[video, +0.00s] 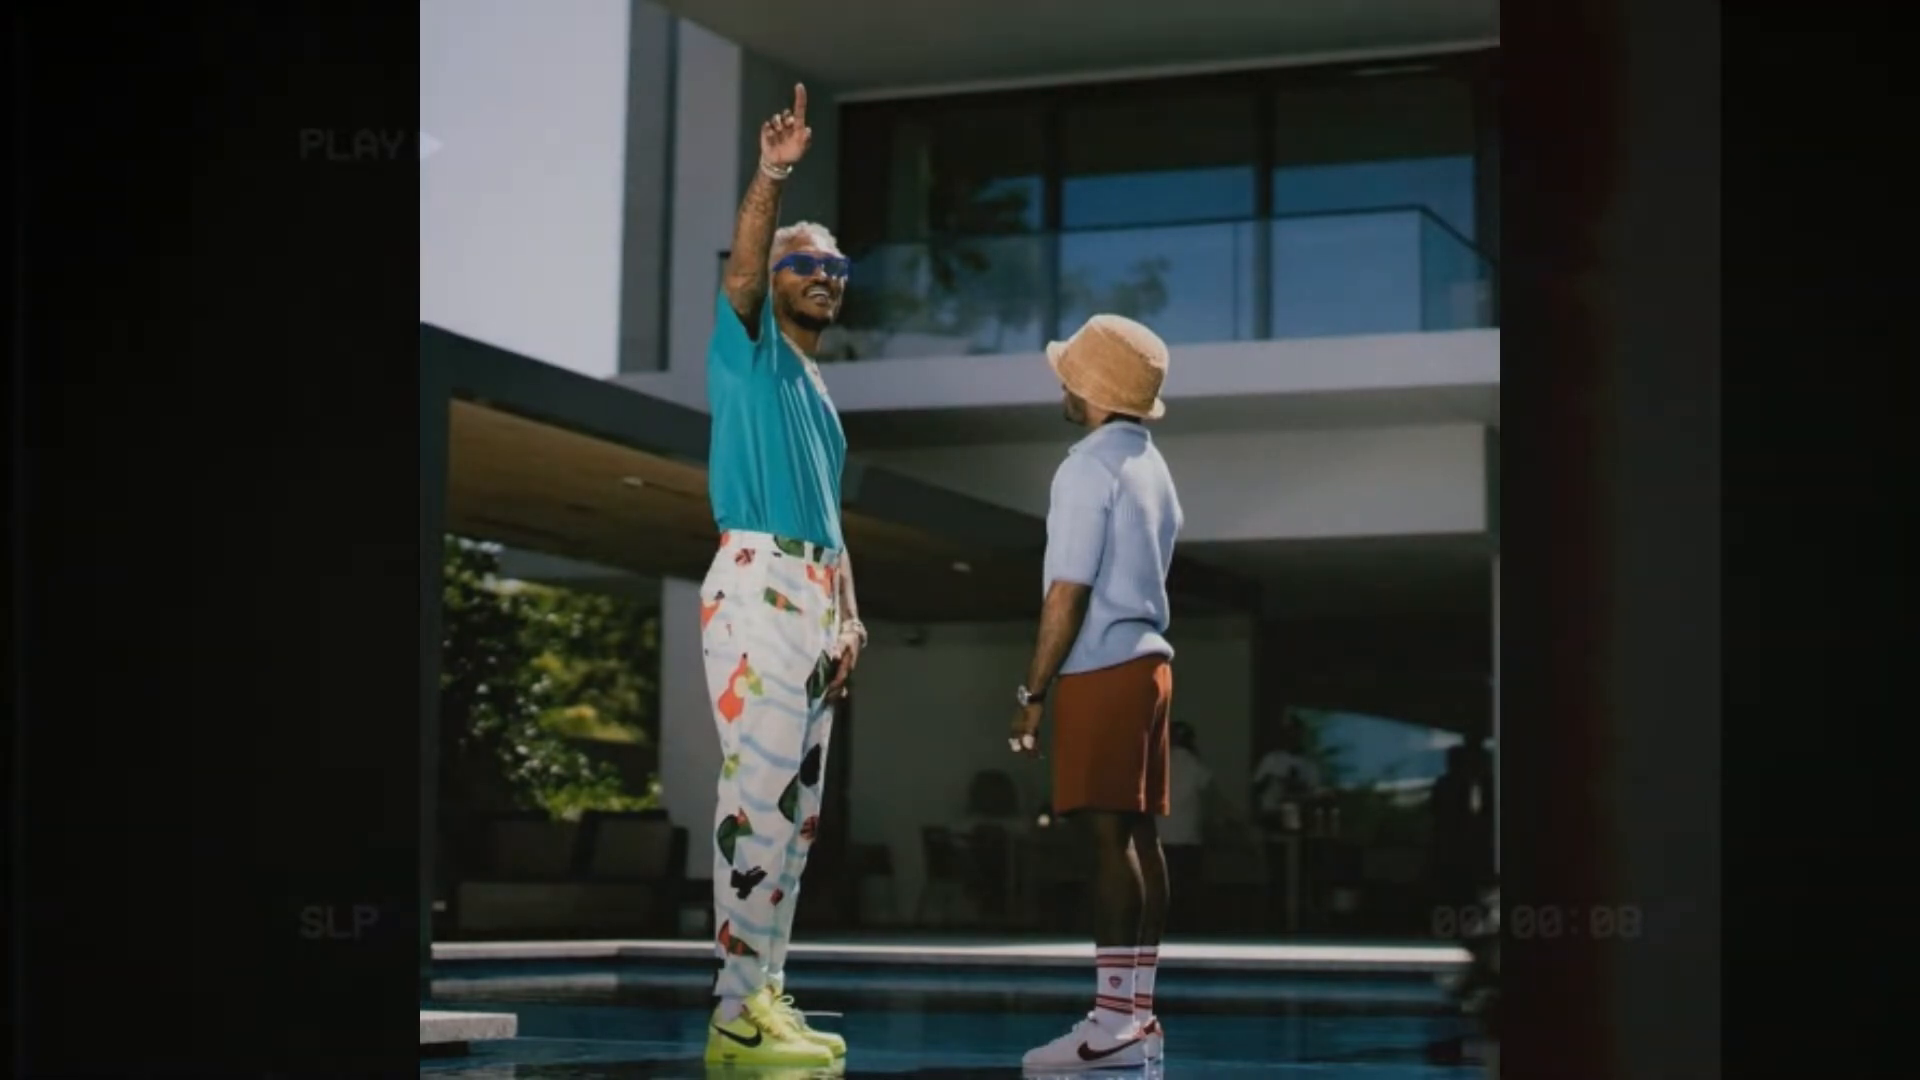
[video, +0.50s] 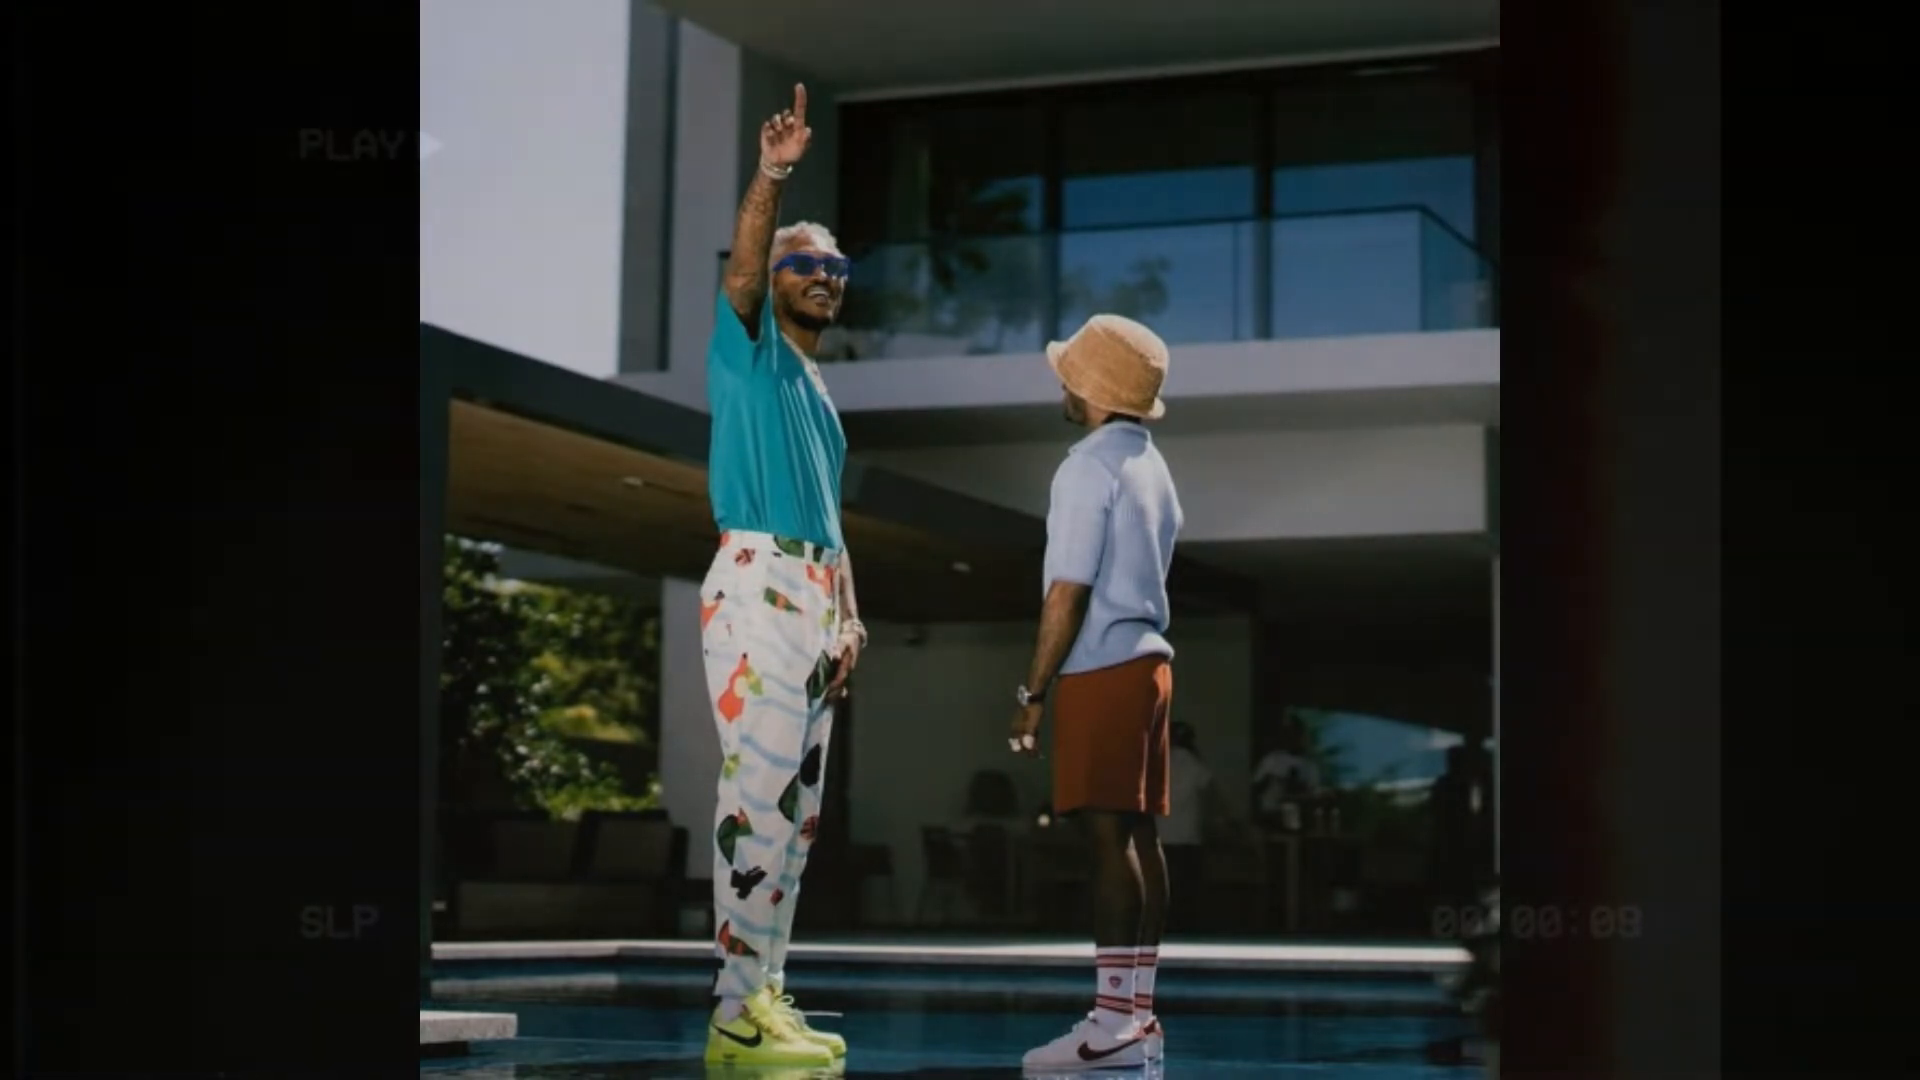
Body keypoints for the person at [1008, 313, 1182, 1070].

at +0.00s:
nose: (1064, 387)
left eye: (1072, 377)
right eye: (1069, 376)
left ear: (1092, 390)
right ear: (1130, 394)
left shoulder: (1087, 468)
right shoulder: (1147, 463)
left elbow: (1067, 594)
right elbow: (1148, 578)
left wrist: (1032, 691)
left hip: (1104, 669)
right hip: (1147, 665)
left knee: (1108, 839)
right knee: (1139, 838)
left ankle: (1116, 1015)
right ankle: (1135, 1012)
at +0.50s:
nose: (1064, 387)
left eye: (1072, 377)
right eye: (1068, 376)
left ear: (1092, 390)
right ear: (1130, 394)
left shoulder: (1088, 468)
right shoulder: (1148, 463)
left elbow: (1067, 594)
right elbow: (1149, 576)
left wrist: (1032, 691)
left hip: (1104, 669)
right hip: (1146, 665)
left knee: (1108, 838)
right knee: (1139, 838)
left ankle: (1116, 1015)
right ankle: (1135, 1012)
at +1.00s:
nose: (1064, 388)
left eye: (1072, 378)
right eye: (1068, 376)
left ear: (1092, 391)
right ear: (1130, 394)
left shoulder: (1088, 468)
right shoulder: (1148, 463)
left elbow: (1067, 594)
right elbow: (1149, 577)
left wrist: (1032, 691)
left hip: (1104, 670)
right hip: (1146, 666)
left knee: (1109, 839)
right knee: (1139, 838)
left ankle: (1116, 1015)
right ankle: (1135, 1012)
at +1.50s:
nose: (1063, 388)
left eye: (1072, 378)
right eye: (1068, 376)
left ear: (1092, 391)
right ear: (1130, 394)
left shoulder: (1087, 468)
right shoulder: (1148, 463)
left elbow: (1067, 594)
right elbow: (1148, 578)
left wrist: (1032, 691)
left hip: (1104, 669)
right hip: (1147, 665)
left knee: (1108, 838)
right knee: (1139, 838)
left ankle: (1116, 1015)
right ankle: (1135, 1012)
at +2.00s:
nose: (1064, 388)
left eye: (1072, 378)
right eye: (1068, 376)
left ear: (1093, 391)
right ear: (1130, 395)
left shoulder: (1087, 468)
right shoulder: (1148, 463)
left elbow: (1067, 594)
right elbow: (1149, 576)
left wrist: (1031, 692)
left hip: (1104, 669)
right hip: (1146, 666)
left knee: (1108, 839)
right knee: (1140, 839)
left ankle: (1116, 1015)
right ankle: (1135, 1012)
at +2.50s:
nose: (1064, 388)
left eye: (1072, 378)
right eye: (1068, 376)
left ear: (1093, 390)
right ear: (1130, 394)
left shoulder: (1088, 468)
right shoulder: (1147, 463)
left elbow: (1068, 594)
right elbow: (1147, 579)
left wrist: (1032, 691)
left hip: (1104, 669)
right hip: (1146, 665)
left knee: (1109, 838)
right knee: (1140, 838)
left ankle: (1116, 1015)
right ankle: (1135, 1012)